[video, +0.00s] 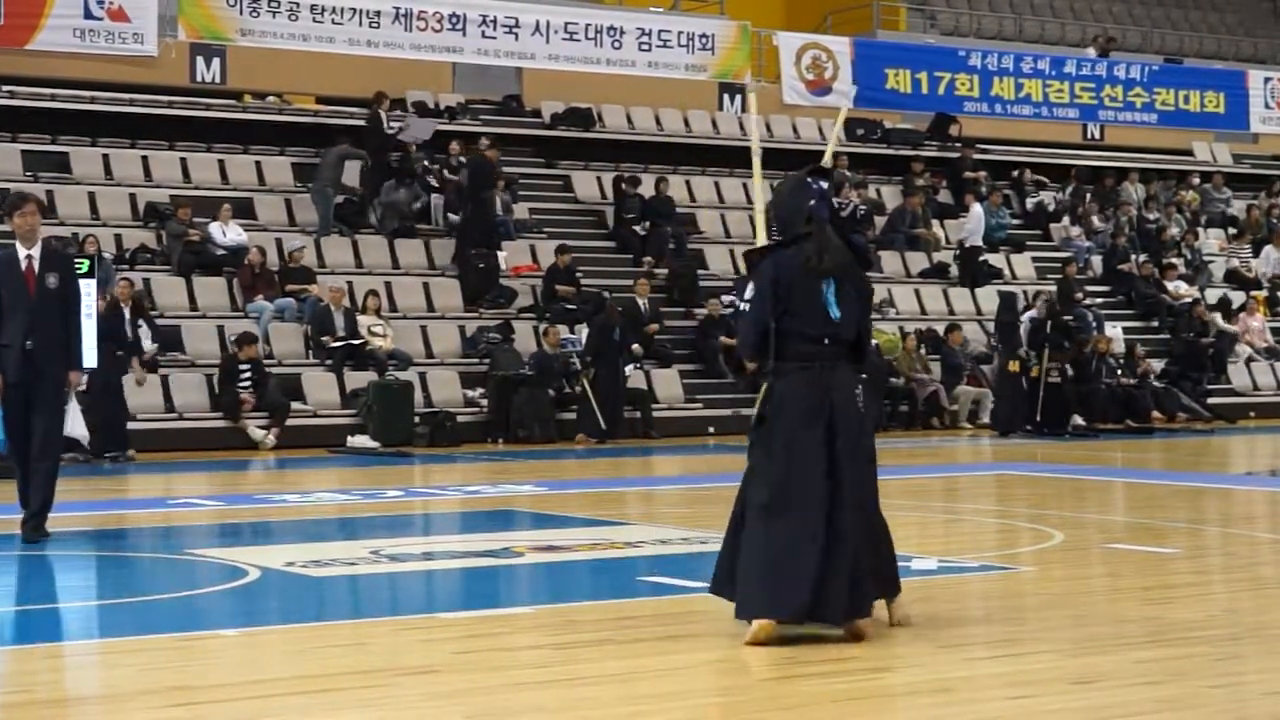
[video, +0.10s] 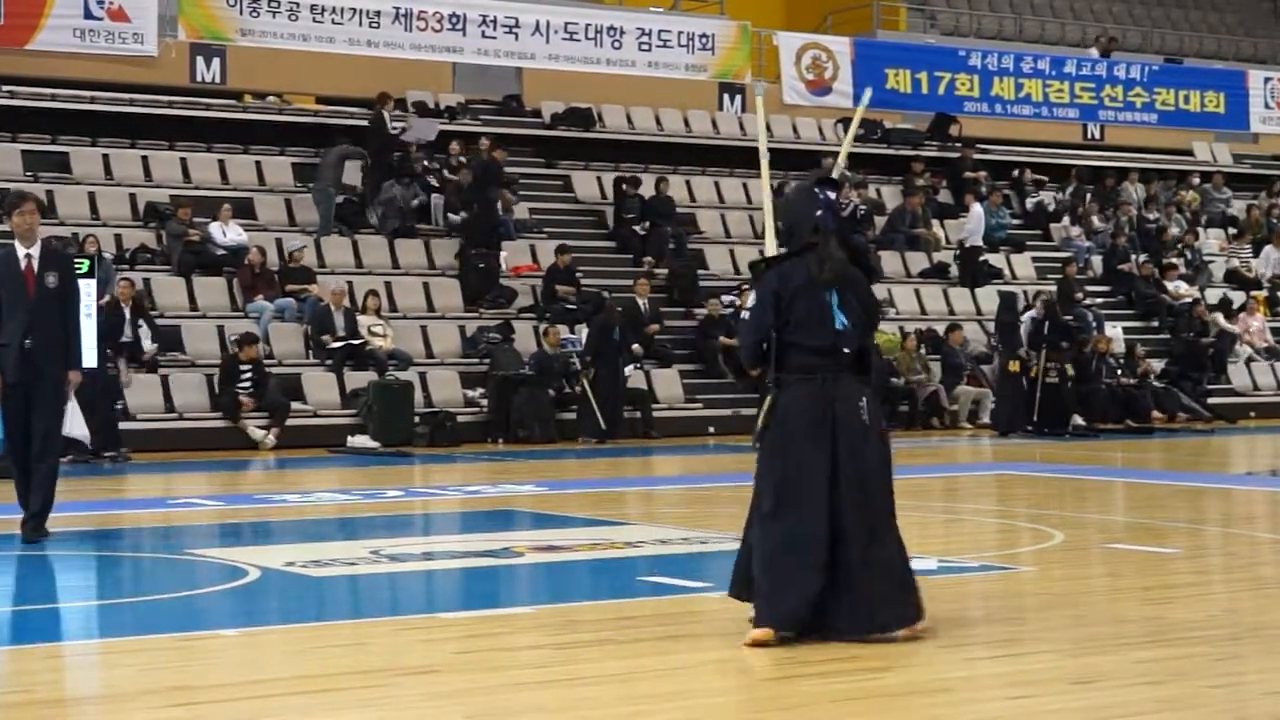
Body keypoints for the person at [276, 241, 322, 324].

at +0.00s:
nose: (301, 254)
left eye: (302, 252)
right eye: (298, 252)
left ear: (304, 253)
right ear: (290, 254)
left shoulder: (309, 270)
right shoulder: (283, 270)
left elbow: (314, 287)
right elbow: (286, 288)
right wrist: (306, 287)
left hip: (306, 295)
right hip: (291, 296)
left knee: (313, 300)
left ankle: (306, 325)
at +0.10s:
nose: (301, 254)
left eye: (302, 251)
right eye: (298, 252)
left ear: (304, 253)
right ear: (291, 254)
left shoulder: (309, 270)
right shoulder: (283, 270)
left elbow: (315, 288)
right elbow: (286, 288)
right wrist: (306, 287)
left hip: (306, 294)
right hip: (291, 296)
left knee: (313, 299)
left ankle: (306, 325)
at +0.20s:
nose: (301, 254)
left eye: (302, 251)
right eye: (298, 252)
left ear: (304, 253)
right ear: (291, 254)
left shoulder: (309, 270)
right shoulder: (284, 270)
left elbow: (315, 287)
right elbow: (286, 288)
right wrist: (306, 287)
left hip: (306, 294)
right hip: (291, 295)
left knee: (313, 300)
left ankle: (306, 324)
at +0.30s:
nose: (301, 255)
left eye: (302, 252)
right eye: (298, 252)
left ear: (304, 253)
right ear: (291, 254)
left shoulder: (309, 270)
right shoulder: (284, 270)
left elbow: (315, 288)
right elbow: (286, 288)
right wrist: (307, 287)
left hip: (307, 294)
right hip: (291, 295)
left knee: (313, 299)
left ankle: (306, 324)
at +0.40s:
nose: (302, 255)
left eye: (302, 252)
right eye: (298, 252)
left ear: (304, 253)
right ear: (291, 254)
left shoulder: (309, 270)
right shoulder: (284, 270)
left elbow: (315, 288)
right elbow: (286, 288)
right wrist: (307, 287)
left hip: (307, 294)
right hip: (292, 295)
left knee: (313, 299)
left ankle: (307, 324)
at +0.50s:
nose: (302, 254)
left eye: (303, 251)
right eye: (299, 252)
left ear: (304, 253)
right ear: (292, 254)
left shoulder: (309, 270)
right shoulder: (284, 270)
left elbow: (315, 287)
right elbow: (287, 288)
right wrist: (307, 287)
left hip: (307, 294)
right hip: (292, 295)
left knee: (314, 299)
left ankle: (307, 324)